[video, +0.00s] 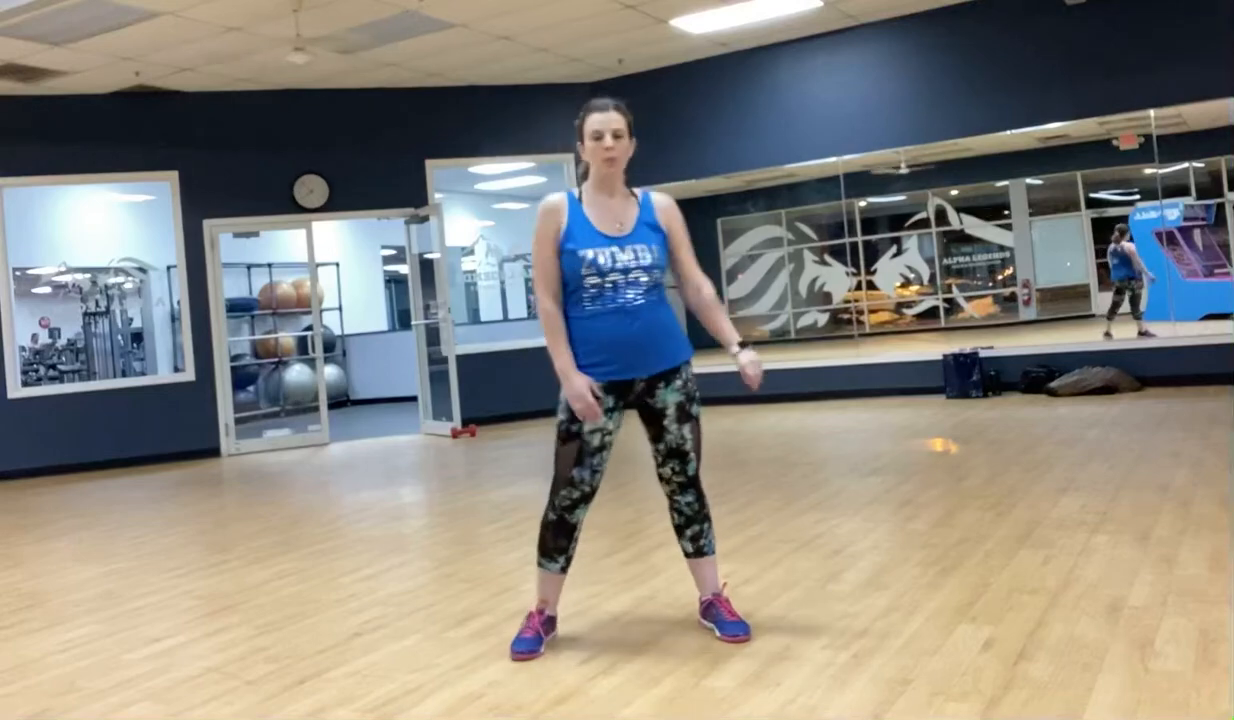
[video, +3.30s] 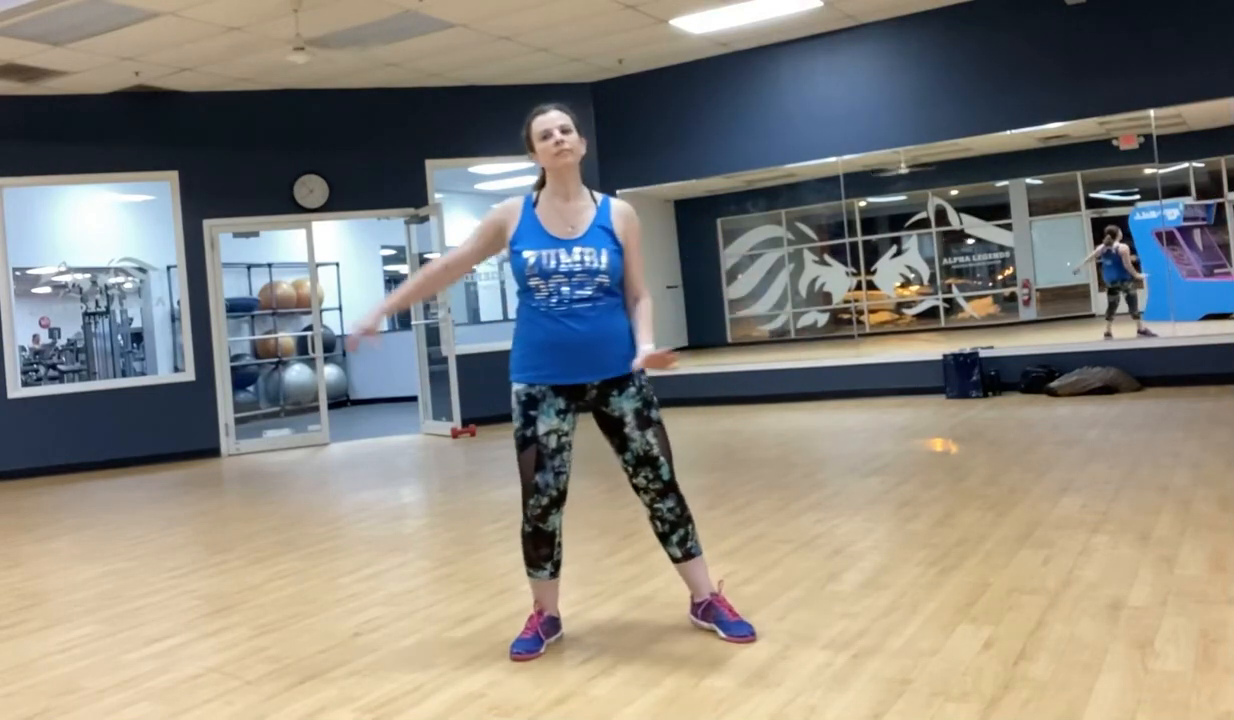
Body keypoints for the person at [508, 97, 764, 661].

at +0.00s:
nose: (608, 144)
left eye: (617, 135)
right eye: (597, 136)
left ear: (632, 144)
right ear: (581, 147)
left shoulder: (661, 209)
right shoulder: (557, 213)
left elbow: (697, 286)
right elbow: (548, 302)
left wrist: (738, 346)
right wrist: (568, 375)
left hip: (666, 369)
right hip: (593, 377)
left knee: (684, 482)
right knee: (570, 493)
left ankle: (714, 600)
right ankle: (543, 613)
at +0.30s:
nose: (579, 144)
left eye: (588, 135)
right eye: (569, 137)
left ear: (604, 144)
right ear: (554, 148)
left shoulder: (630, 216)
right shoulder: (530, 203)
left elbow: (643, 301)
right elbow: (499, 287)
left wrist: (664, 364)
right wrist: (492, 358)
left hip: (623, 374)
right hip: (549, 377)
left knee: (660, 485)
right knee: (541, 495)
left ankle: (707, 600)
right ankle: (538, 613)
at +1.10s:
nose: (598, 143)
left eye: (605, 135)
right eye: (587, 137)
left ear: (619, 144)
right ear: (571, 152)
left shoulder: (652, 187)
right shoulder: (562, 223)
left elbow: (709, 254)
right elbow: (565, 310)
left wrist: (716, 330)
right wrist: (561, 382)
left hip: (673, 365)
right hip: (599, 376)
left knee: (689, 482)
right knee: (573, 490)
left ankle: (711, 600)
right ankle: (545, 612)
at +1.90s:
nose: (602, 158)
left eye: (603, 148)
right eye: (588, 154)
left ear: (611, 152)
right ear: (564, 166)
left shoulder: (628, 231)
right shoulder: (540, 201)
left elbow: (648, 308)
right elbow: (489, 270)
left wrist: (702, 345)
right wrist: (482, 347)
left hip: (632, 371)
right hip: (562, 378)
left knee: (665, 483)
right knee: (559, 496)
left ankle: (705, 600)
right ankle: (545, 614)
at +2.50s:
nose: (591, 155)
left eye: (589, 143)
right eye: (576, 156)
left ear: (601, 143)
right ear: (562, 176)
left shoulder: (652, 203)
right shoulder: (552, 224)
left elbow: (707, 263)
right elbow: (536, 304)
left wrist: (696, 328)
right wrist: (510, 372)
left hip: (649, 371)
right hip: (572, 376)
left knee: (682, 484)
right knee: (559, 490)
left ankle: (712, 599)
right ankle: (545, 613)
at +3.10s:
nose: (578, 142)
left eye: (583, 133)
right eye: (565, 139)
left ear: (599, 143)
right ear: (550, 156)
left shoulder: (635, 215)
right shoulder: (528, 220)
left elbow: (659, 296)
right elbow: (476, 293)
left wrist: (698, 329)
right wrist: (439, 350)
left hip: (637, 371)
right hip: (560, 379)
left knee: (667, 484)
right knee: (552, 497)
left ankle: (710, 600)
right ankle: (545, 615)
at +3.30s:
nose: (560, 139)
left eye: (566, 130)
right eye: (547, 135)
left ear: (583, 142)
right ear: (533, 154)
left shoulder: (618, 215)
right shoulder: (512, 216)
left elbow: (637, 294)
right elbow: (442, 270)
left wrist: (644, 344)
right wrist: (380, 312)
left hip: (616, 373)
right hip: (542, 380)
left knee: (660, 483)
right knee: (541, 500)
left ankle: (707, 600)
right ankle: (545, 615)